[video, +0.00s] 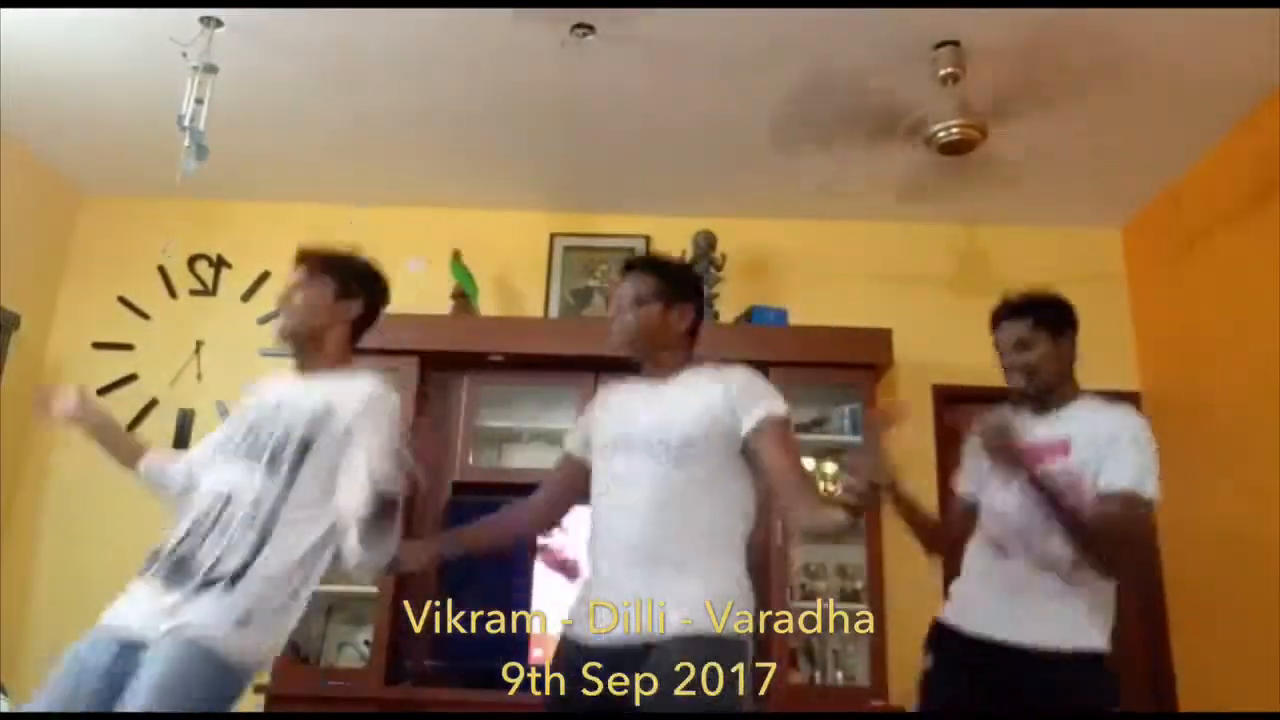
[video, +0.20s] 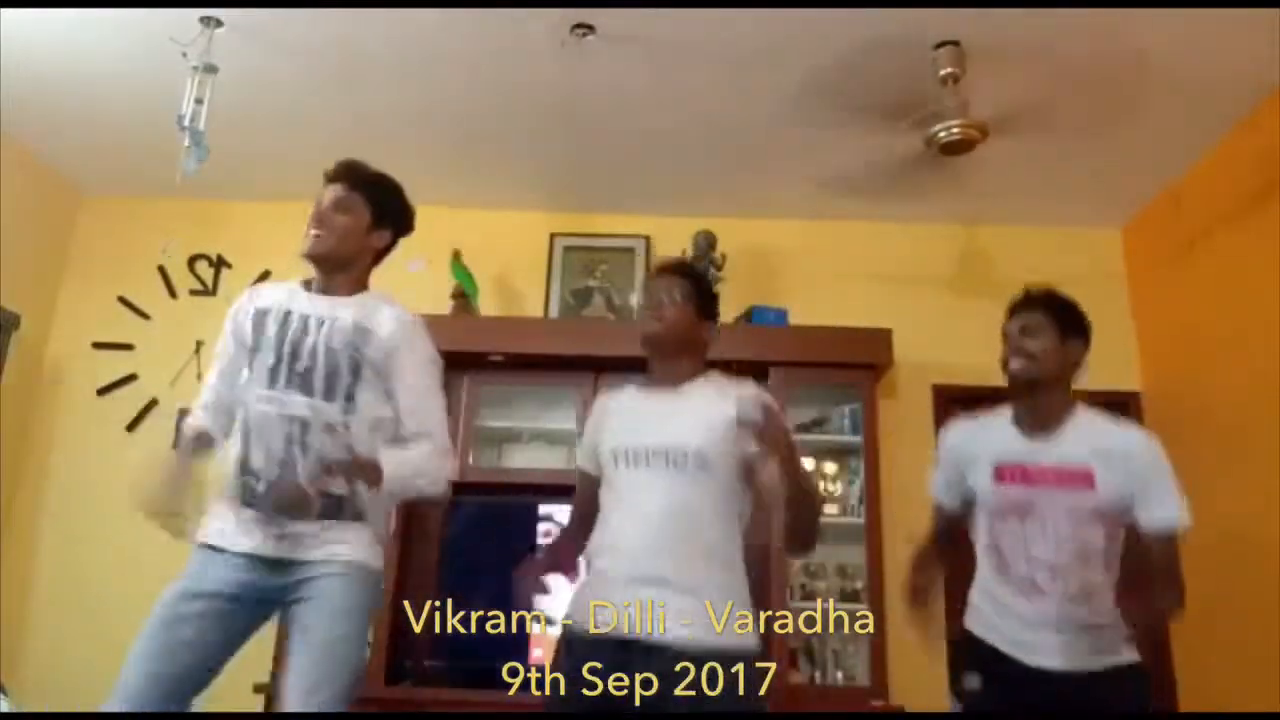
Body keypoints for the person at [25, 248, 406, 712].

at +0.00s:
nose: (283, 295)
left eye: (303, 283)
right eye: (290, 282)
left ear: (349, 308)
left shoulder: (369, 396)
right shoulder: (269, 391)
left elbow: (365, 548)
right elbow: (185, 479)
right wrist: (98, 423)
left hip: (231, 615)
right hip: (156, 593)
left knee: (152, 706)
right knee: (53, 705)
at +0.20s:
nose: (317, 215)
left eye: (340, 208)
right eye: (319, 204)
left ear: (378, 239)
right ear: (311, 214)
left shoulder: (394, 329)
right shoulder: (256, 306)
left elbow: (437, 462)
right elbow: (215, 409)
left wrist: (345, 472)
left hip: (337, 554)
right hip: (235, 544)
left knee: (309, 706)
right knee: (135, 701)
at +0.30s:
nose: (323, 225)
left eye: (344, 218)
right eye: (325, 214)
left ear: (384, 247)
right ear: (315, 224)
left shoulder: (409, 346)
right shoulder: (257, 321)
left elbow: (444, 483)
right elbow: (203, 446)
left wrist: (362, 505)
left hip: (353, 575)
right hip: (248, 564)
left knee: (338, 706)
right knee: (167, 703)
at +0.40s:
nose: (326, 253)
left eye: (348, 244)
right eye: (327, 241)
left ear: (391, 274)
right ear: (321, 251)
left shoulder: (421, 377)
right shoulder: (260, 349)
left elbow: (462, 506)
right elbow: (201, 480)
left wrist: (403, 493)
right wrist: (293, 544)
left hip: (367, 604)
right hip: (262, 598)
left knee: (369, 702)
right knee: (209, 703)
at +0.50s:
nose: (345, 324)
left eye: (367, 318)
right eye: (354, 313)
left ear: (406, 351)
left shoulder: (437, 432)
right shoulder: (290, 398)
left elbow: (537, 505)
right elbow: (237, 474)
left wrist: (503, 428)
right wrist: (370, 488)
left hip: (384, 647)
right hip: (286, 641)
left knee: (386, 706)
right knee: (237, 707)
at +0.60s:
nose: (360, 320)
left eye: (379, 315)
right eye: (367, 310)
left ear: (416, 344)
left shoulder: (442, 428)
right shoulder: (319, 382)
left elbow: (557, 470)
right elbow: (250, 393)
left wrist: (509, 395)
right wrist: (383, 412)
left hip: (385, 644)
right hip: (289, 637)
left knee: (390, 706)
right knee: (228, 704)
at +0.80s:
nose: (371, 300)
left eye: (393, 292)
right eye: (380, 287)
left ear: (433, 321)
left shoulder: (463, 405)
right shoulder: (329, 372)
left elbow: (554, 440)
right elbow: (222, 327)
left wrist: (492, 347)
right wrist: (354, 345)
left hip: (368, 612)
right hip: (277, 587)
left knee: (370, 705)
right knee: (217, 699)